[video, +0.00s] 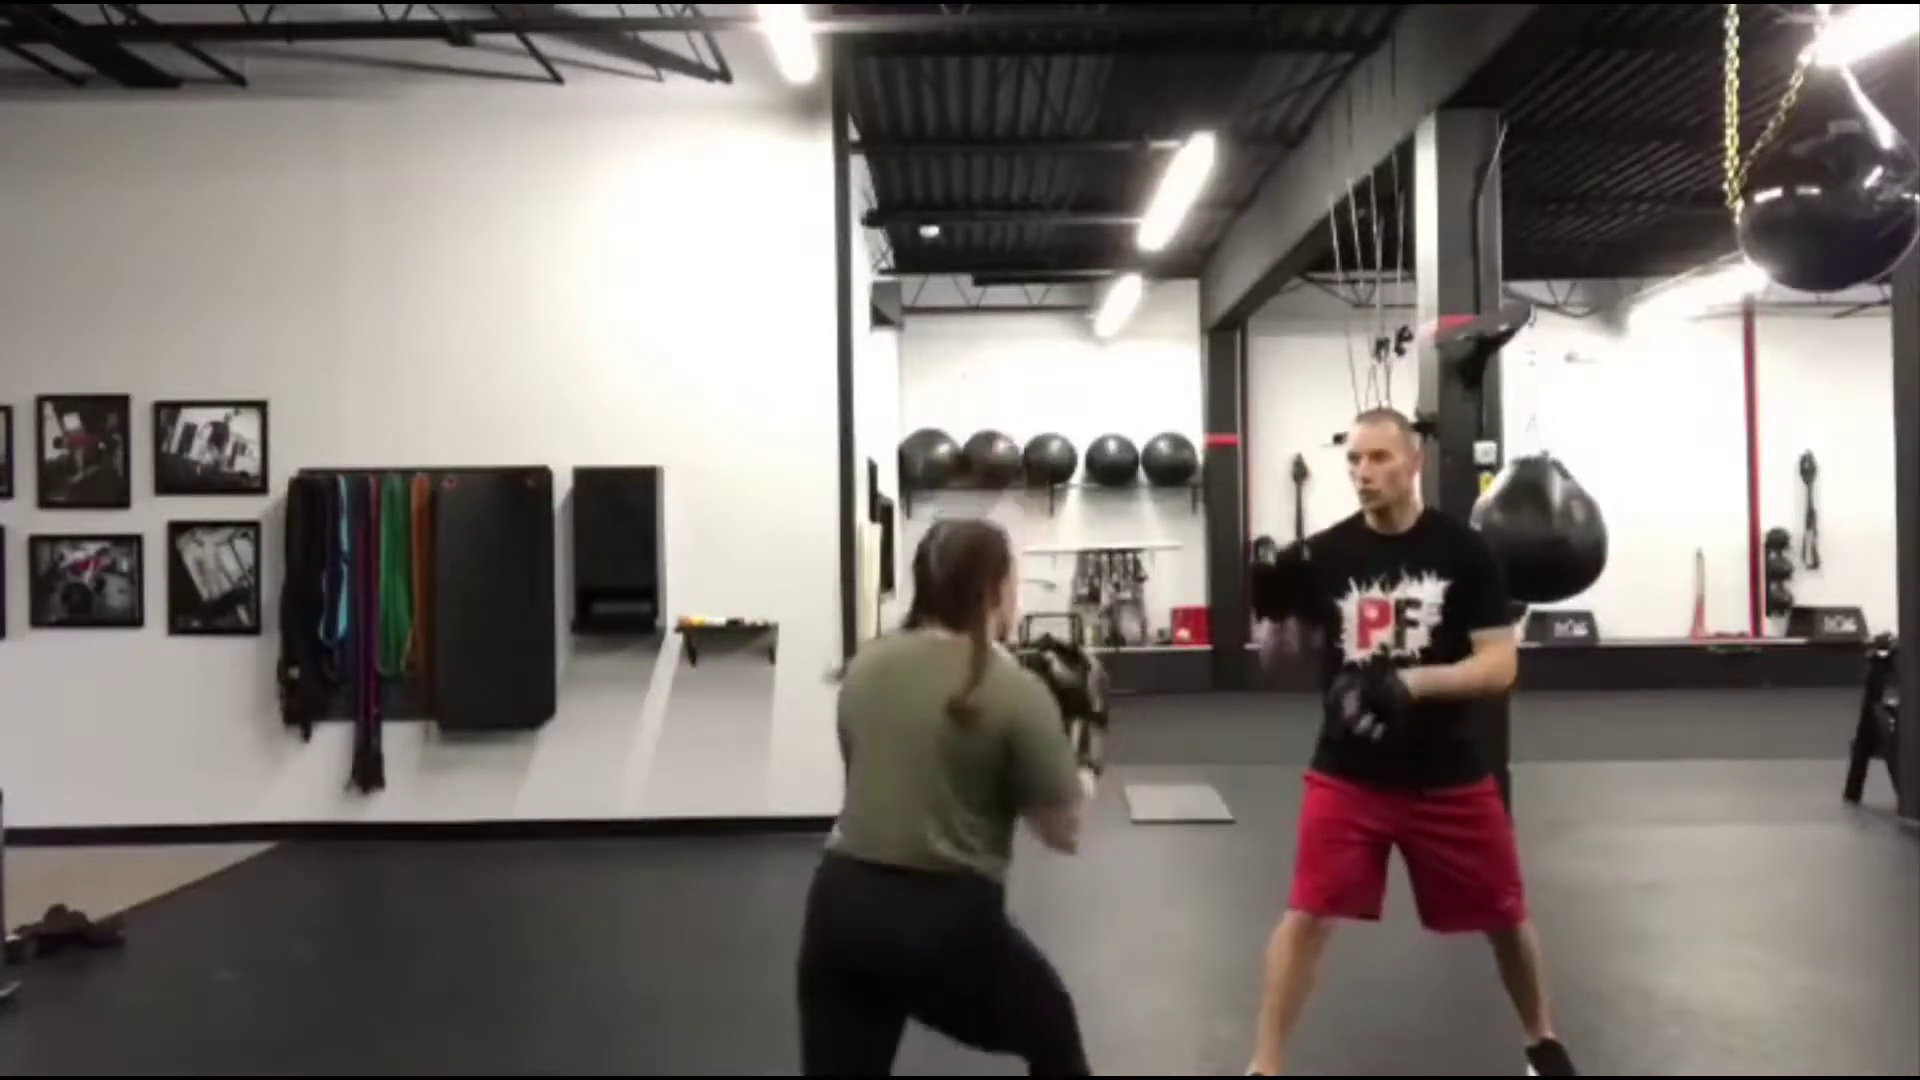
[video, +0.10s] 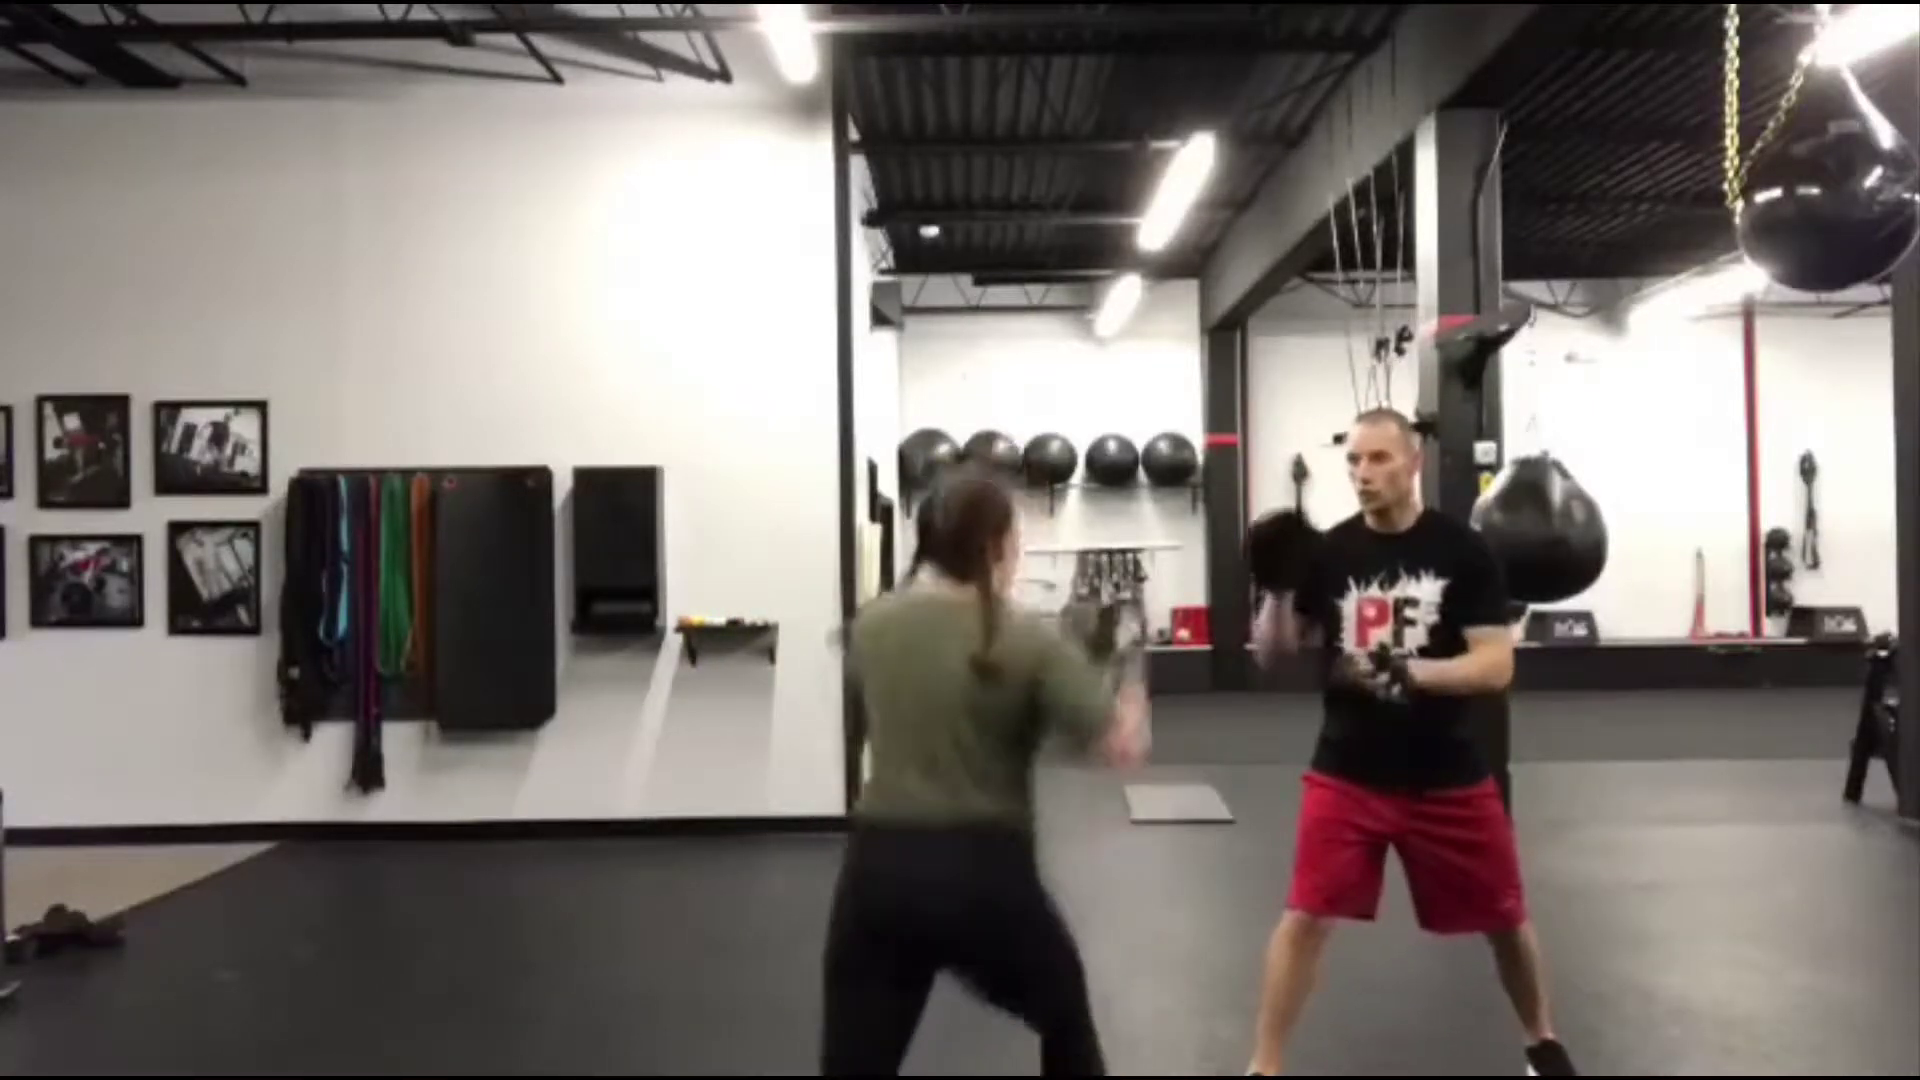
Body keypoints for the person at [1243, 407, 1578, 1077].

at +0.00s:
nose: (1365, 471)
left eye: (1379, 457)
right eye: (1356, 460)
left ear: (1415, 460)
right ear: (1347, 467)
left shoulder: (1464, 550)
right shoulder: (1326, 553)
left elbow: (1499, 665)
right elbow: (1288, 654)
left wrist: (1409, 682)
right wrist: (1275, 603)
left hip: (1452, 778)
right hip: (1348, 775)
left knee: (1508, 921)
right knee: (1308, 914)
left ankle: (1543, 1043)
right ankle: (1265, 1063)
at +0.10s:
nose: (1365, 473)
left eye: (1379, 458)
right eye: (1356, 461)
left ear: (1414, 460)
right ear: (1347, 468)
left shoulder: (1463, 550)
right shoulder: (1330, 551)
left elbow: (1496, 665)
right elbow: (1278, 655)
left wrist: (1409, 670)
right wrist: (1278, 588)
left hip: (1452, 779)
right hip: (1348, 775)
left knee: (1508, 921)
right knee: (1305, 915)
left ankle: (1543, 1044)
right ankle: (1265, 1064)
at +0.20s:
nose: (1359, 474)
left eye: (1374, 460)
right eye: (1351, 463)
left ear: (1412, 462)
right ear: (1343, 471)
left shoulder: (1463, 551)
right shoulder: (1330, 552)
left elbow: (1494, 665)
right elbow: (1266, 645)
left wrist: (1414, 668)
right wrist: (1277, 552)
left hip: (1453, 782)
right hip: (1349, 777)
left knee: (1509, 925)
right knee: (1304, 916)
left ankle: (1543, 1045)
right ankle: (1264, 1064)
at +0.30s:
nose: (1342, 474)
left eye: (1358, 460)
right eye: (1335, 462)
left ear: (1398, 466)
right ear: (1329, 470)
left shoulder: (1452, 551)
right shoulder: (1320, 554)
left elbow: (1489, 663)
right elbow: (1253, 634)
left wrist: (1405, 667)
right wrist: (1232, 583)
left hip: (1450, 782)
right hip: (1344, 776)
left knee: (1507, 925)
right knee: (1302, 914)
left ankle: (1544, 1046)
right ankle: (1264, 1065)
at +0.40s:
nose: (1319, 477)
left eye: (1334, 464)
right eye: (1312, 465)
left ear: (1371, 468)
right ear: (1308, 474)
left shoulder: (1434, 549)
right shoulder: (1297, 559)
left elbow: (1474, 661)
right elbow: (1242, 630)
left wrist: (1386, 667)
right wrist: (1204, 557)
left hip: (1435, 779)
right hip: (1332, 778)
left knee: (1498, 924)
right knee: (1294, 918)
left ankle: (1543, 1041)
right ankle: (1263, 1065)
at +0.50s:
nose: (1300, 473)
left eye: (1314, 459)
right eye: (1291, 462)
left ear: (1353, 463)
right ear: (1286, 472)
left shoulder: (1414, 546)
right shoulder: (1274, 557)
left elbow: (1458, 659)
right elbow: (1230, 637)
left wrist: (1373, 664)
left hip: (1421, 774)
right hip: (1318, 775)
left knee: (1485, 915)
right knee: (1288, 915)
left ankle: (1534, 1034)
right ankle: (1262, 1065)